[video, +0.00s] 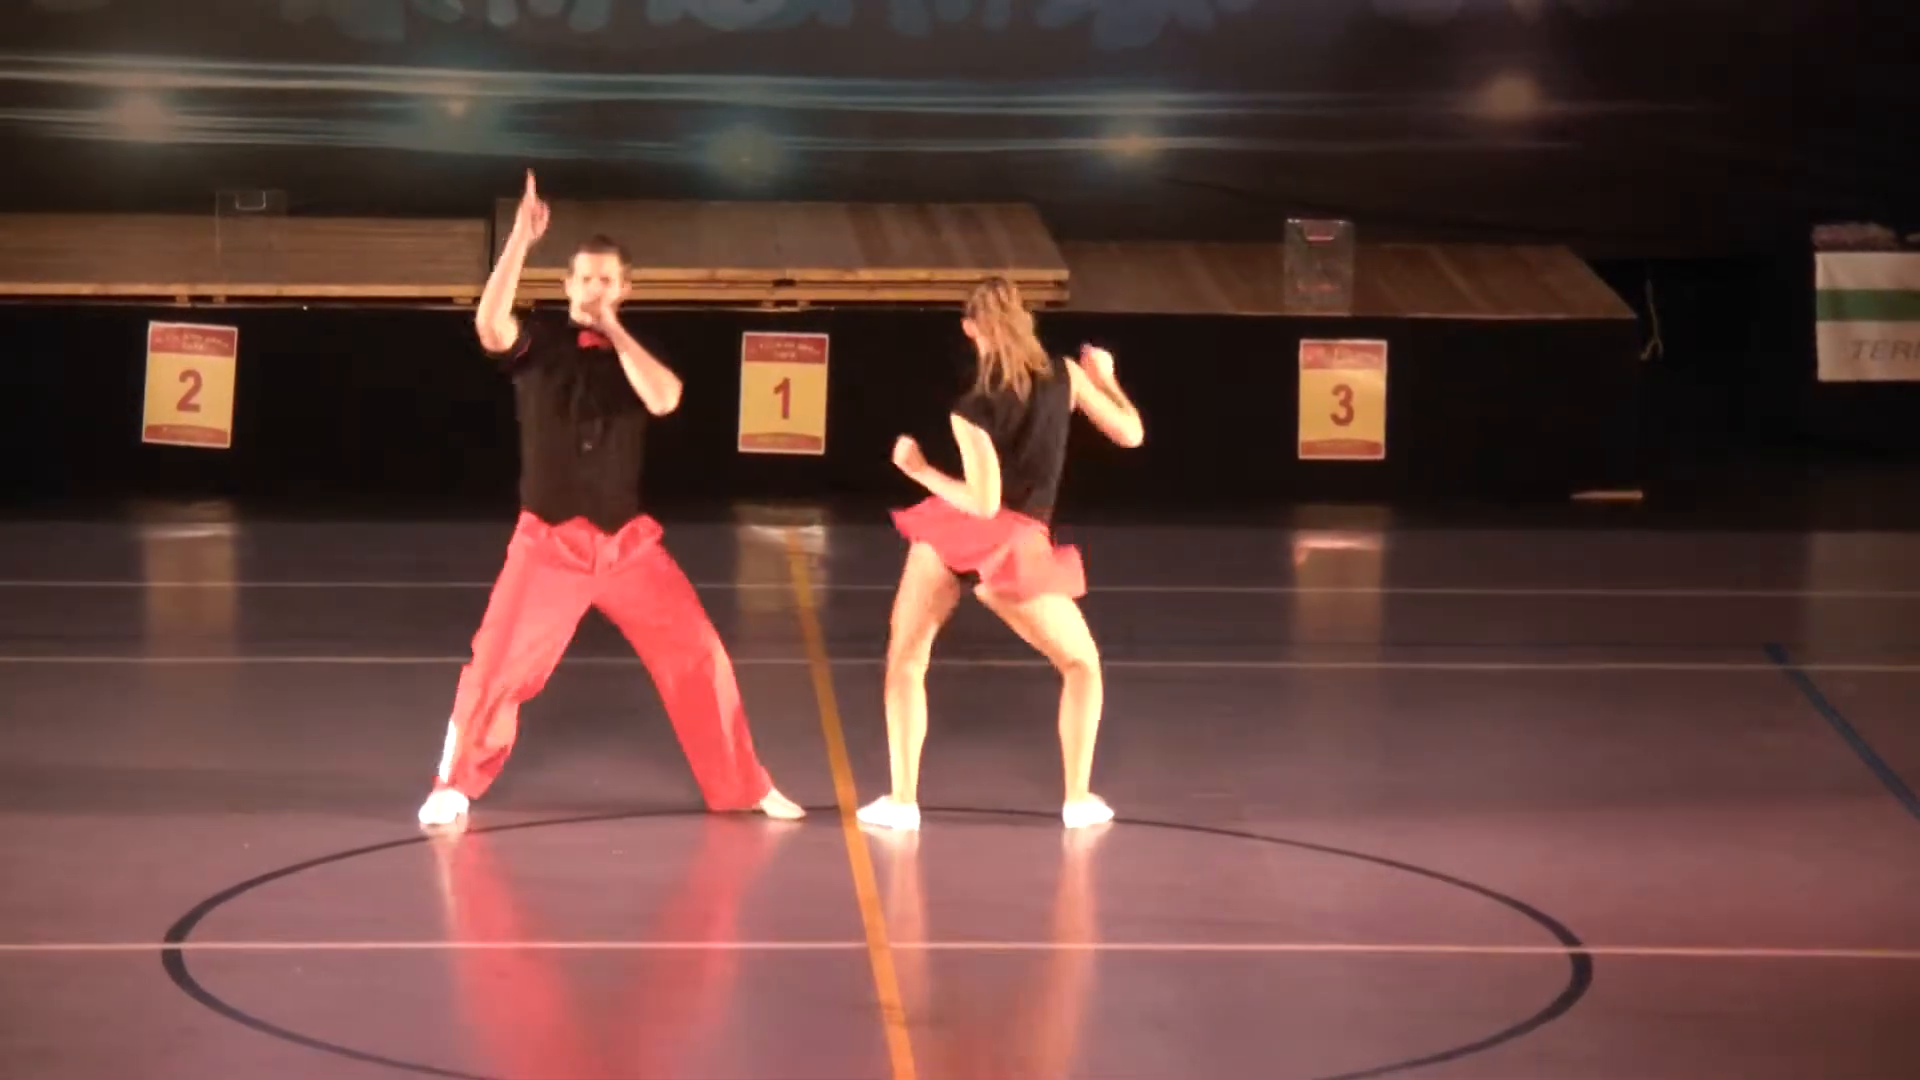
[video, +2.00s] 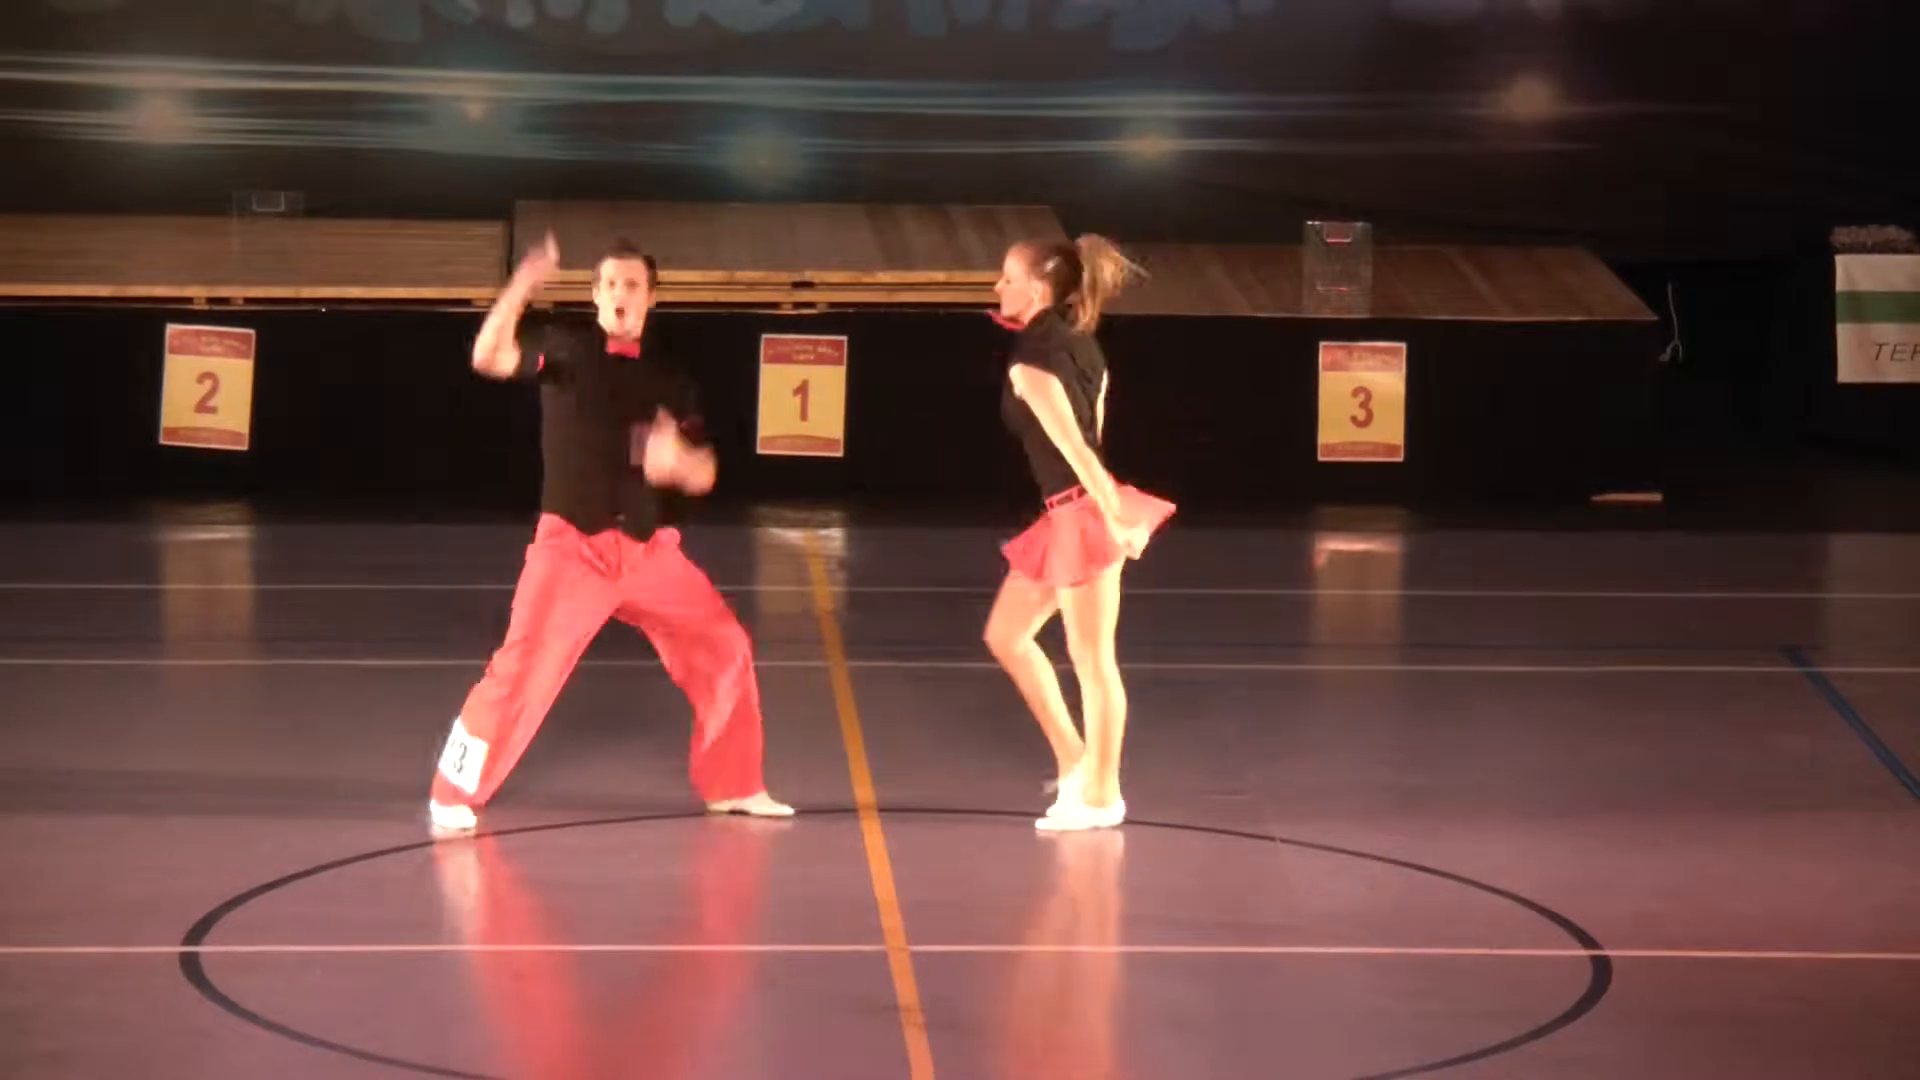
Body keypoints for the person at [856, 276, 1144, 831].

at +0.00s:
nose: (968, 336)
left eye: (969, 327)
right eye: (970, 325)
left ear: (978, 332)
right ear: (1023, 323)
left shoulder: (973, 410)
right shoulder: (1065, 376)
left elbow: (982, 504)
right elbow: (1130, 433)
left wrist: (917, 468)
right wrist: (1109, 380)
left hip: (948, 544)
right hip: (1018, 556)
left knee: (905, 661)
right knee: (1081, 664)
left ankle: (902, 802)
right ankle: (1077, 801)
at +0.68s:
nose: (1011, 293)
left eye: (1021, 284)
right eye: (1014, 282)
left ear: (1053, 295)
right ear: (1065, 296)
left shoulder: (1033, 361)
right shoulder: (1104, 354)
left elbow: (1025, 450)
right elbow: (1142, 427)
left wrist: (940, 472)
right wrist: (1080, 433)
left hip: (1027, 511)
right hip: (1083, 513)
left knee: (974, 655)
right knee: (1085, 663)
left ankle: (940, 795)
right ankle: (1094, 796)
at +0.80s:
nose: (1050, 291)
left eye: (1064, 283)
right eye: (1044, 278)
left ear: (1088, 290)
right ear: (1032, 279)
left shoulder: (1073, 357)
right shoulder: (1046, 344)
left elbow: (1084, 457)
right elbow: (1049, 444)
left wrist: (1048, 535)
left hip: (1048, 513)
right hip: (1057, 509)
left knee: (1027, 664)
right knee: (1096, 654)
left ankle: (1007, 801)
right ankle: (1137, 782)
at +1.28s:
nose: (1081, 295)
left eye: (1093, 285)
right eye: (1072, 281)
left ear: (1108, 292)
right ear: (1052, 282)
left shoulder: (1122, 369)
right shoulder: (1015, 354)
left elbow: (1142, 454)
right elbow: (984, 436)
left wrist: (1149, 537)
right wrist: (967, 513)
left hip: (1084, 522)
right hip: (1021, 519)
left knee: (1036, 657)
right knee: (1068, 660)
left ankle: (1012, 798)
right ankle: (1136, 768)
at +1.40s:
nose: (1086, 326)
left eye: (1098, 315)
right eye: (1077, 311)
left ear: (1110, 321)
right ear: (1054, 310)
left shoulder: (1117, 395)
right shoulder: (1013, 373)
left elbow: (1139, 483)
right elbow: (970, 442)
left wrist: (1191, 437)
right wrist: (943, 401)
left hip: (1087, 544)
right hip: (1026, 545)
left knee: (1027, 673)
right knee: (1008, 686)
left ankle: (1011, 803)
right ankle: (1126, 766)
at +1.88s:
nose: (1012, 273)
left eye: (1023, 263)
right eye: (1015, 262)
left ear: (1064, 272)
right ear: (1049, 272)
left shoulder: (1083, 349)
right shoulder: (1035, 341)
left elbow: (1106, 437)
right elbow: (1036, 430)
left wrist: (1130, 517)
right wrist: (994, 481)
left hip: (1089, 503)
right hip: (1045, 503)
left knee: (1065, 642)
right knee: (1026, 639)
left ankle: (1065, 784)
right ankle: (1112, 748)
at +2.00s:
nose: (998, 288)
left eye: (1008, 279)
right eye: (1002, 277)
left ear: (1041, 288)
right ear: (1050, 289)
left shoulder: (1029, 362)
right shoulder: (1084, 351)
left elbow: (1074, 448)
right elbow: (1090, 441)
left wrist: (1117, 513)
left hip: (1081, 522)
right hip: (1071, 520)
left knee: (1093, 657)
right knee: (1006, 637)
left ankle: (1102, 793)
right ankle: (1074, 763)